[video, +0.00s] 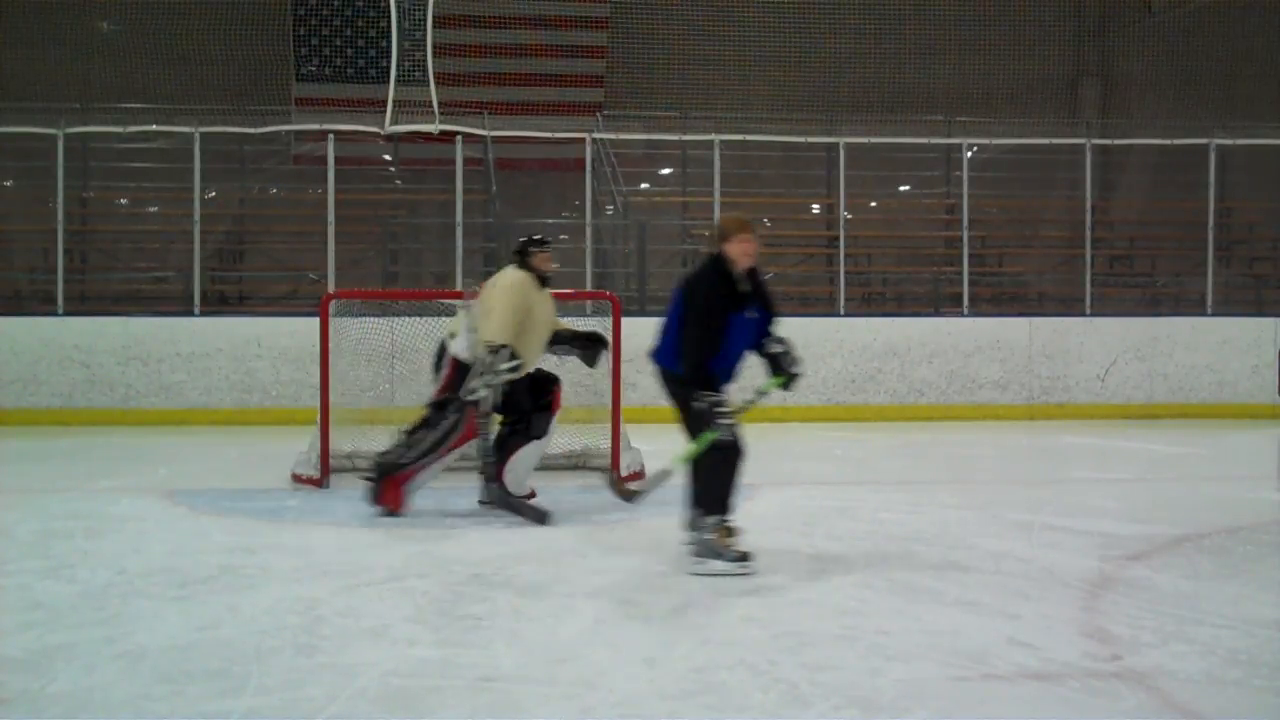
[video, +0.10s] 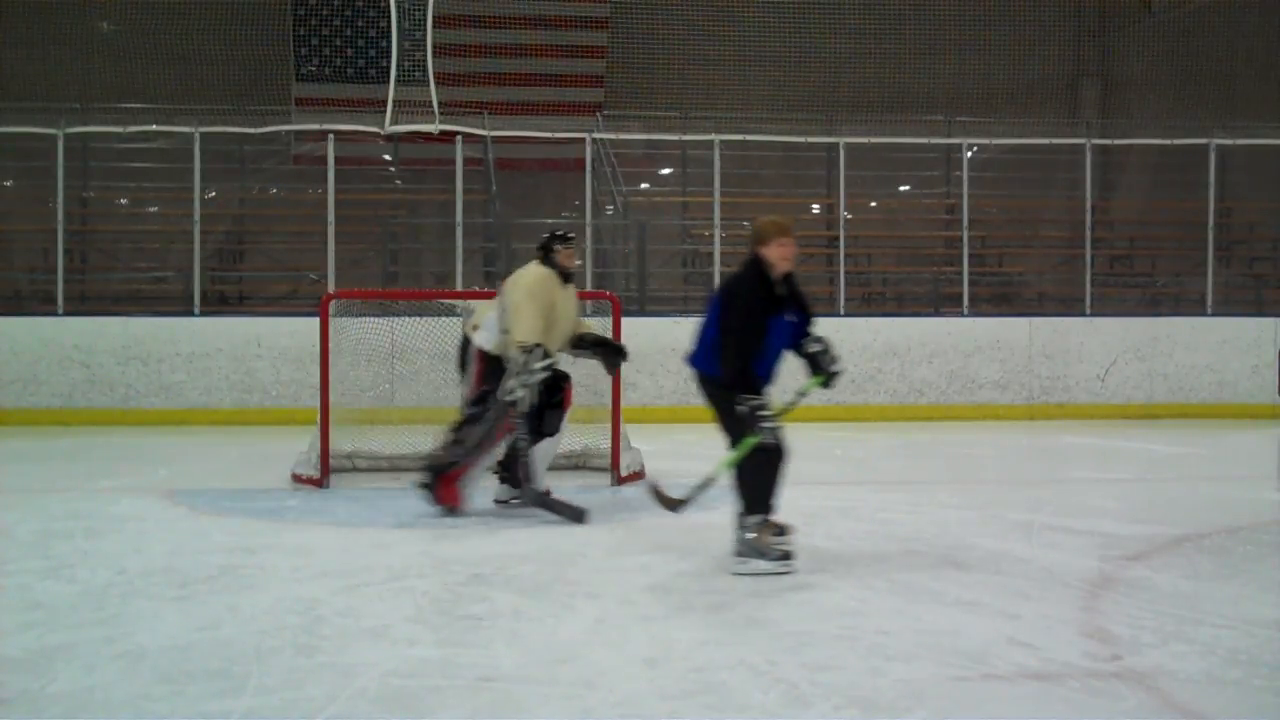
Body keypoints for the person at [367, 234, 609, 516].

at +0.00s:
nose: (549, 260)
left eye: (549, 255)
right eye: (542, 254)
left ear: (545, 260)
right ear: (527, 257)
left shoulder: (537, 290)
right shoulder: (512, 281)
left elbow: (539, 332)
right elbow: (498, 330)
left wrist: (576, 341)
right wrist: (495, 368)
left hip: (498, 367)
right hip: (469, 361)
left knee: (542, 392)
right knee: (455, 424)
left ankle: (505, 484)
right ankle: (393, 478)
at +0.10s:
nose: (572, 256)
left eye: (574, 251)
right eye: (566, 251)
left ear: (573, 255)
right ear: (551, 253)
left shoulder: (566, 289)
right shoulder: (531, 279)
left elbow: (566, 334)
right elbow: (524, 334)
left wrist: (598, 345)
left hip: (524, 357)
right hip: (490, 350)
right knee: (489, 416)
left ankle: (516, 482)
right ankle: (444, 475)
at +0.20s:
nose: (593, 254)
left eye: (594, 249)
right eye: (587, 249)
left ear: (594, 253)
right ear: (570, 252)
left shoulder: (588, 287)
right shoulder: (550, 277)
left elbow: (593, 329)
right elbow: (548, 322)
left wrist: (620, 345)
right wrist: (560, 360)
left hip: (544, 351)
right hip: (509, 346)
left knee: (554, 414)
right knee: (527, 413)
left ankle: (531, 477)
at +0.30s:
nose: (612, 256)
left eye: (613, 251)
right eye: (606, 251)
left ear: (613, 255)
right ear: (590, 254)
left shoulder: (608, 288)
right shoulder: (574, 277)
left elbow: (615, 326)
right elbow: (575, 324)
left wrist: (643, 340)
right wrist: (593, 358)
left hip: (556, 354)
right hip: (532, 349)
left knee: (570, 417)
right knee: (558, 417)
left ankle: (548, 479)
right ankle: (541, 480)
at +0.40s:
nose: (634, 263)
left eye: (636, 257)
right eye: (628, 257)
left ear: (638, 261)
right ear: (612, 258)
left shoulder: (628, 292)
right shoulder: (598, 281)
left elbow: (634, 329)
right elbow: (599, 326)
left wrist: (667, 340)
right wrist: (615, 362)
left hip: (582, 357)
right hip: (558, 353)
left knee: (601, 419)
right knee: (590, 420)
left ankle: (579, 477)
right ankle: (567, 479)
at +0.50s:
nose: (659, 267)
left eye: (660, 261)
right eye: (653, 262)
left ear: (656, 265)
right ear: (637, 263)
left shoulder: (648, 294)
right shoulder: (622, 287)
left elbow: (652, 335)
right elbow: (623, 333)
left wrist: (690, 343)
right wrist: (642, 367)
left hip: (606, 360)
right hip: (582, 357)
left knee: (626, 420)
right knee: (615, 422)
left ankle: (596, 478)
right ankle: (588, 483)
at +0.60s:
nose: (687, 272)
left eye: (687, 267)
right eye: (681, 267)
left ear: (682, 270)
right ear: (666, 268)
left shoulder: (672, 298)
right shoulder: (648, 291)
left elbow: (678, 340)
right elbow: (648, 342)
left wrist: (718, 350)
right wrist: (663, 378)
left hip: (631, 364)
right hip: (607, 360)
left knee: (643, 422)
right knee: (626, 425)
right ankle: (597, 483)